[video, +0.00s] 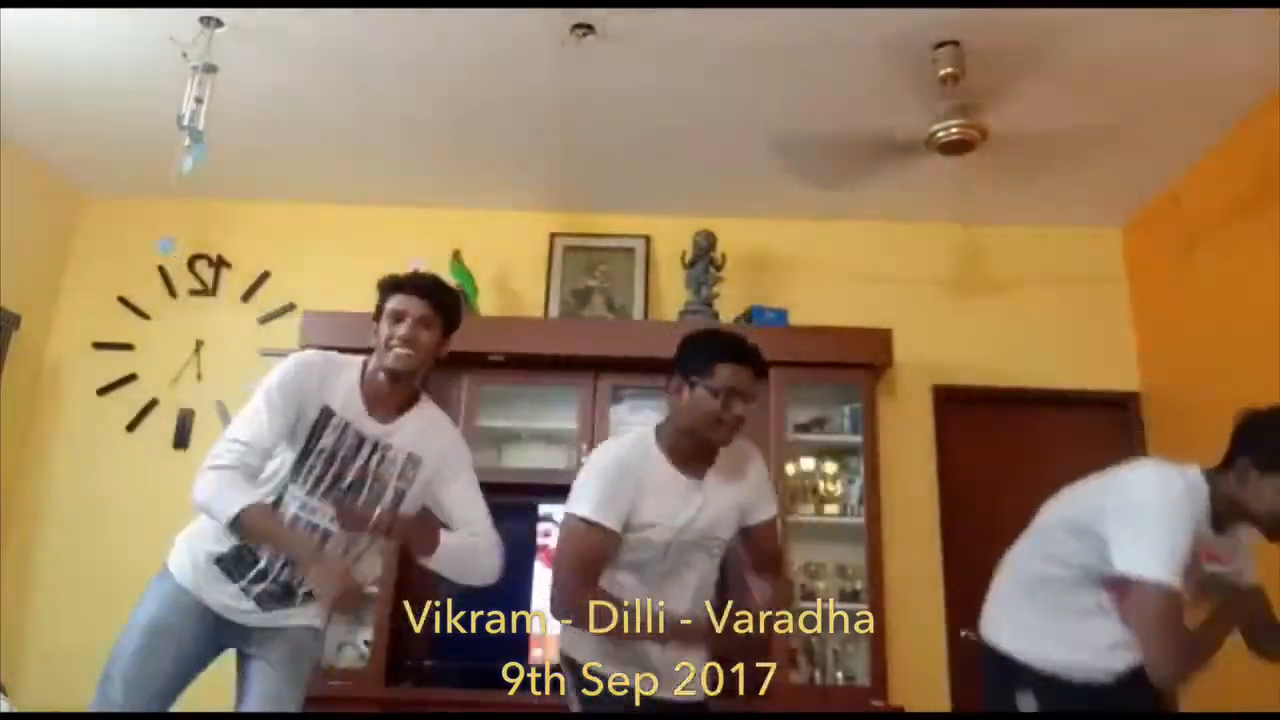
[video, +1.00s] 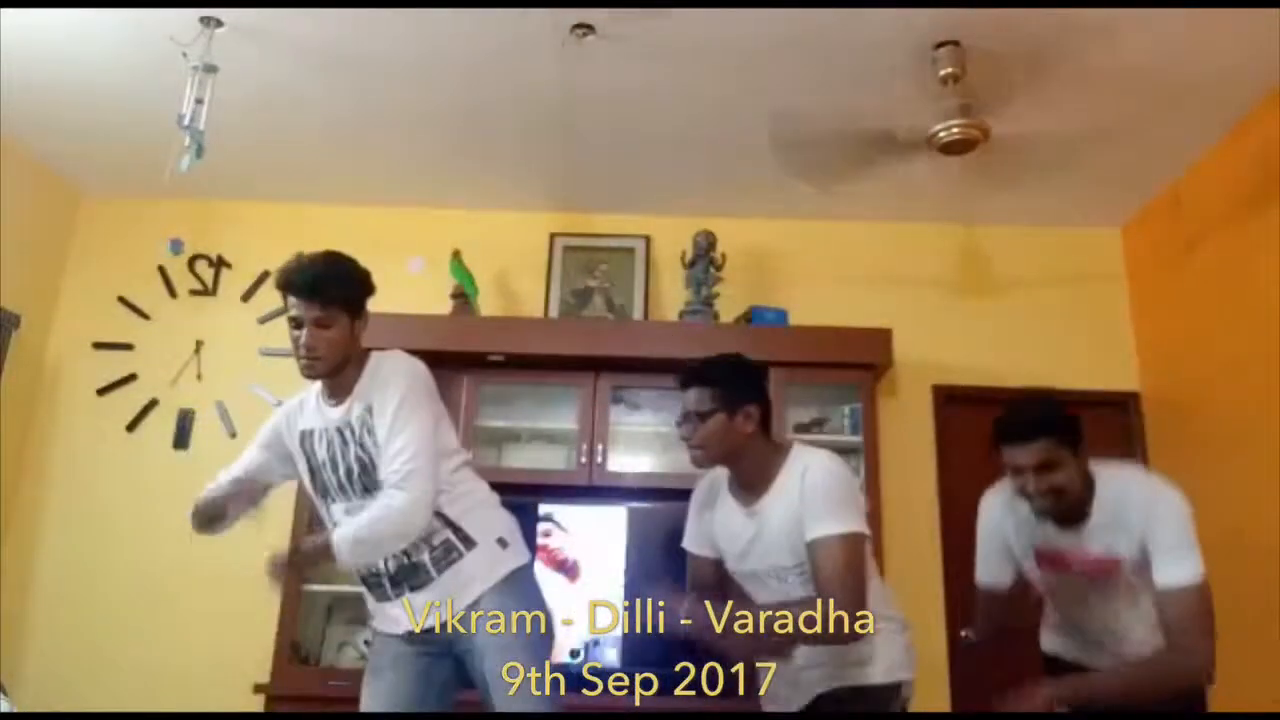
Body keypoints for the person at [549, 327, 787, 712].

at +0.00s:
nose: (738, 412)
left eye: (746, 401)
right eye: (724, 396)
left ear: (753, 403)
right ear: (679, 390)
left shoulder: (744, 466)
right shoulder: (616, 464)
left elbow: (772, 572)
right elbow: (569, 600)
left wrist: (774, 635)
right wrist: (688, 629)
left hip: (689, 677)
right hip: (605, 675)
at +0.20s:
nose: (744, 420)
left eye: (755, 407)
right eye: (726, 407)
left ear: (766, 411)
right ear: (690, 414)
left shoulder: (776, 493)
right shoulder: (641, 485)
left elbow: (817, 613)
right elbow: (614, 622)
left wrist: (772, 673)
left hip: (741, 699)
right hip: (648, 696)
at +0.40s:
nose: (726, 389)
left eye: (743, 376)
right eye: (717, 376)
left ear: (777, 389)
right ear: (706, 384)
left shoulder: (815, 470)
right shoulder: (668, 465)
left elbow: (844, 593)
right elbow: (627, 593)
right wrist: (665, 686)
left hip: (784, 688)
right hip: (689, 683)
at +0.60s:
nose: (710, 373)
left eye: (725, 360)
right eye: (706, 361)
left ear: (774, 366)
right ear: (702, 363)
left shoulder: (833, 435)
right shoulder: (700, 442)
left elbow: (861, 564)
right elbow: (675, 560)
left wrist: (773, 562)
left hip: (826, 678)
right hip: (731, 675)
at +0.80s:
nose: (696, 439)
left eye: (709, 424)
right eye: (694, 426)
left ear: (757, 423)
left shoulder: (832, 479)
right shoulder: (716, 502)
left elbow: (867, 619)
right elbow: (694, 622)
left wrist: (762, 631)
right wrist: (647, 691)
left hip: (874, 696)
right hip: (793, 696)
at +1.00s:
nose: (682, 431)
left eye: (696, 418)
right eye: (683, 419)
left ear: (747, 420)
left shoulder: (820, 473)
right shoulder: (710, 492)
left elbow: (842, 617)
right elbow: (701, 604)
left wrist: (742, 621)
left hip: (859, 672)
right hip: (783, 677)